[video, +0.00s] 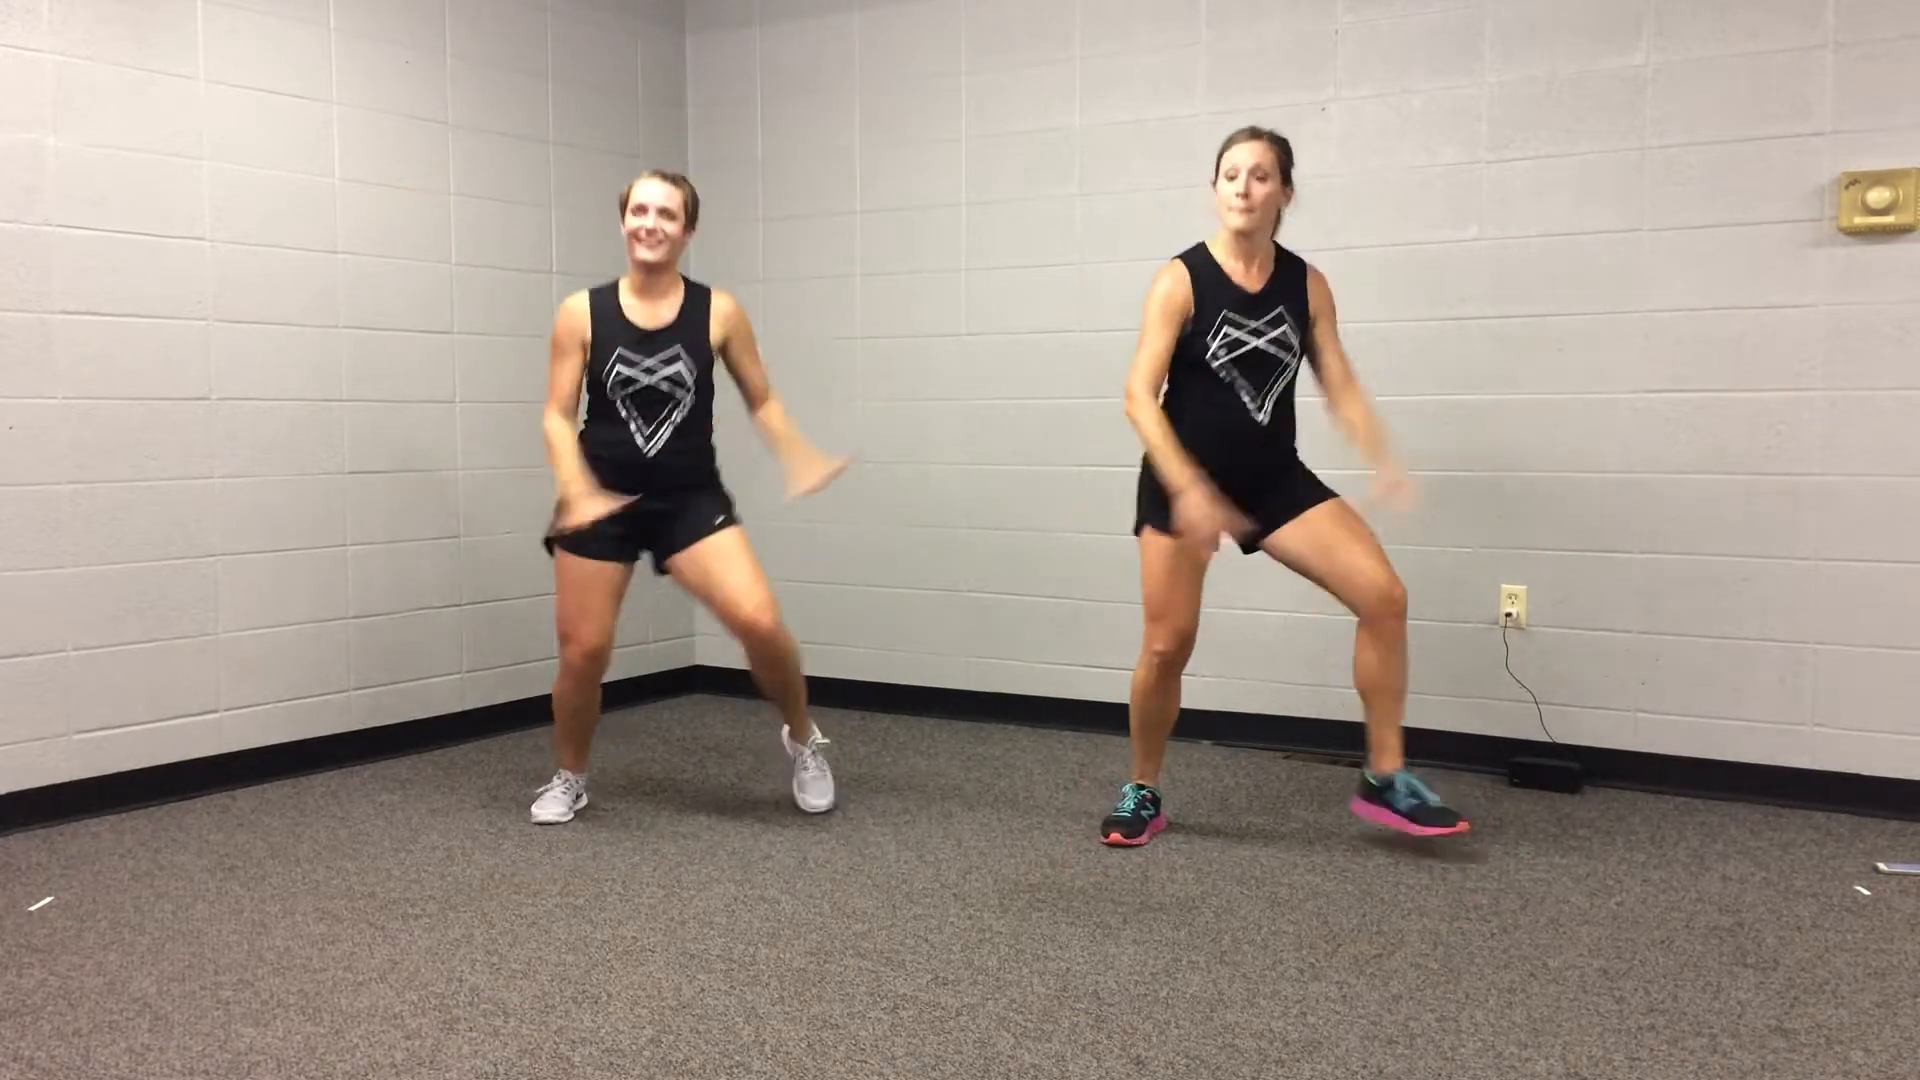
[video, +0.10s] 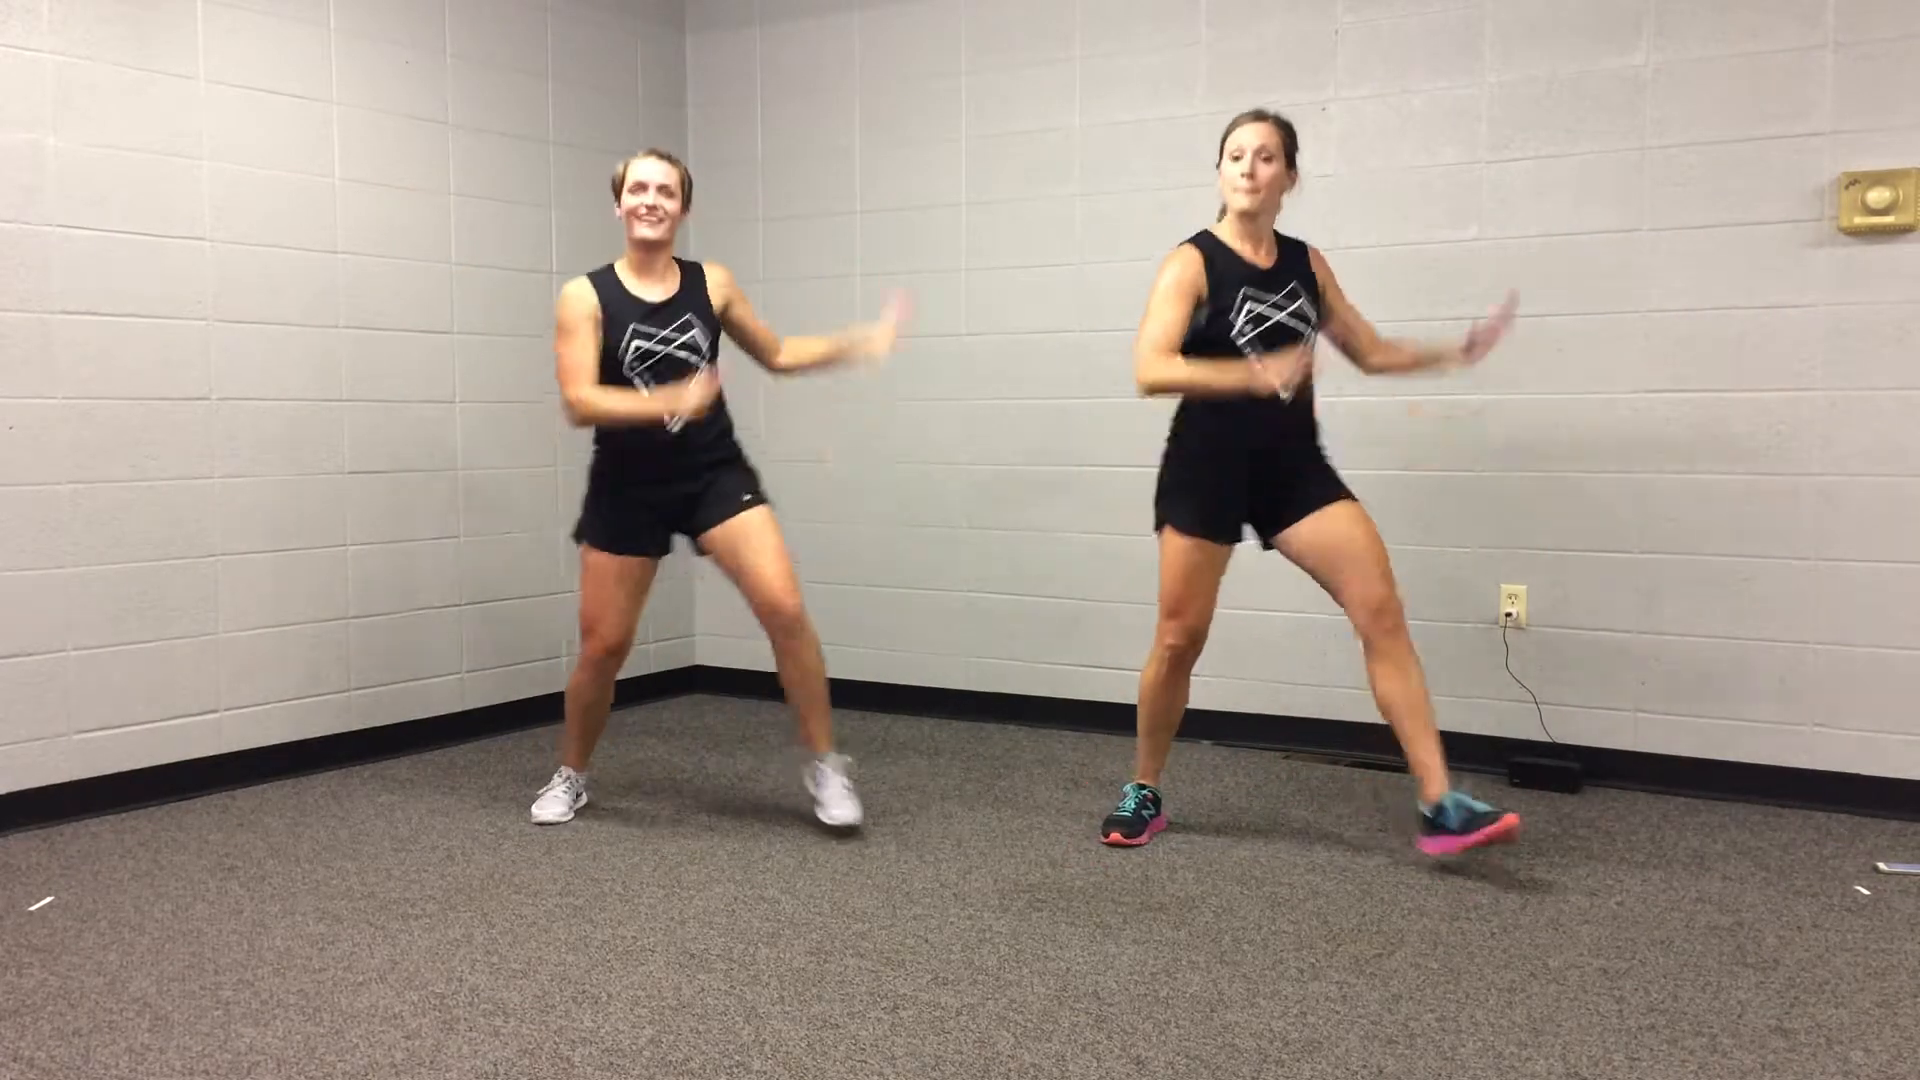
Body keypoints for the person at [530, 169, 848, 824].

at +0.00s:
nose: (650, 223)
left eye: (666, 215)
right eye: (640, 212)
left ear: (687, 231)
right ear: (623, 225)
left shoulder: (718, 313)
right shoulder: (582, 313)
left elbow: (762, 400)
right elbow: (558, 413)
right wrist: (575, 486)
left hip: (688, 499)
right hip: (599, 500)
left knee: (760, 623)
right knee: (581, 653)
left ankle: (804, 742)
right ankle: (570, 776)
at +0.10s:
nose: (649, 200)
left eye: (663, 192)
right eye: (637, 189)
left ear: (683, 210)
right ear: (618, 203)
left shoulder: (712, 285)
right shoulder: (584, 297)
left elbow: (777, 353)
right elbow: (580, 400)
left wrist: (859, 343)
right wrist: (671, 400)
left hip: (713, 475)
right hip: (627, 486)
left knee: (784, 606)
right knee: (601, 645)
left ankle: (825, 763)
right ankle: (570, 773)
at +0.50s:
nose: (705, 200)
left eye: (719, 192)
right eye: (692, 195)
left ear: (745, 218)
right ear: (677, 224)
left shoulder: (786, 302)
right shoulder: (649, 314)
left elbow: (828, 396)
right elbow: (619, 412)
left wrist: (823, 439)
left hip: (785, 497)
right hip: (693, 504)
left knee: (822, 642)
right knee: (608, 647)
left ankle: (849, 799)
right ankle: (561, 754)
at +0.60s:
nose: (706, 174)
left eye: (722, 166)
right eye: (695, 170)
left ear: (754, 194)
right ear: (684, 200)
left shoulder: (789, 276)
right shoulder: (661, 280)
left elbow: (805, 382)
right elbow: (608, 369)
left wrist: (706, 385)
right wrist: (524, 382)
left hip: (758, 479)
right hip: (668, 474)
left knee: (802, 636)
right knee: (585, 617)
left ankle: (848, 799)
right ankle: (545, 752)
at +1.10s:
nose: (657, 194)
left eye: (669, 189)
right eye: (643, 185)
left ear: (684, 220)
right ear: (616, 210)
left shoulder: (706, 301)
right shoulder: (571, 295)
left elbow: (744, 388)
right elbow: (541, 400)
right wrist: (599, 474)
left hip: (681, 484)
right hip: (591, 487)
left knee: (754, 622)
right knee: (563, 645)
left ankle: (810, 783)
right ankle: (539, 796)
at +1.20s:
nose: (652, 180)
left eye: (664, 173)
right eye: (638, 172)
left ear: (680, 200)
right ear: (612, 196)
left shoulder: (701, 275)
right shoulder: (578, 280)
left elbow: (747, 340)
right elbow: (570, 389)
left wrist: (832, 326)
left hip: (699, 468)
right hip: (613, 475)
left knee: (757, 619)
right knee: (582, 635)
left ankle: (774, 755)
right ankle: (538, 794)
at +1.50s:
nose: (690, 218)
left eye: (702, 210)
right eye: (676, 211)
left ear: (723, 232)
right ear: (658, 237)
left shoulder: (761, 301)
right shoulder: (636, 321)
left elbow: (796, 377)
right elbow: (620, 423)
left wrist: (841, 442)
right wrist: (655, 499)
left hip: (760, 488)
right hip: (676, 493)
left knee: (773, 639)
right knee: (634, 624)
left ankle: (761, 764)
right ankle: (560, 781)